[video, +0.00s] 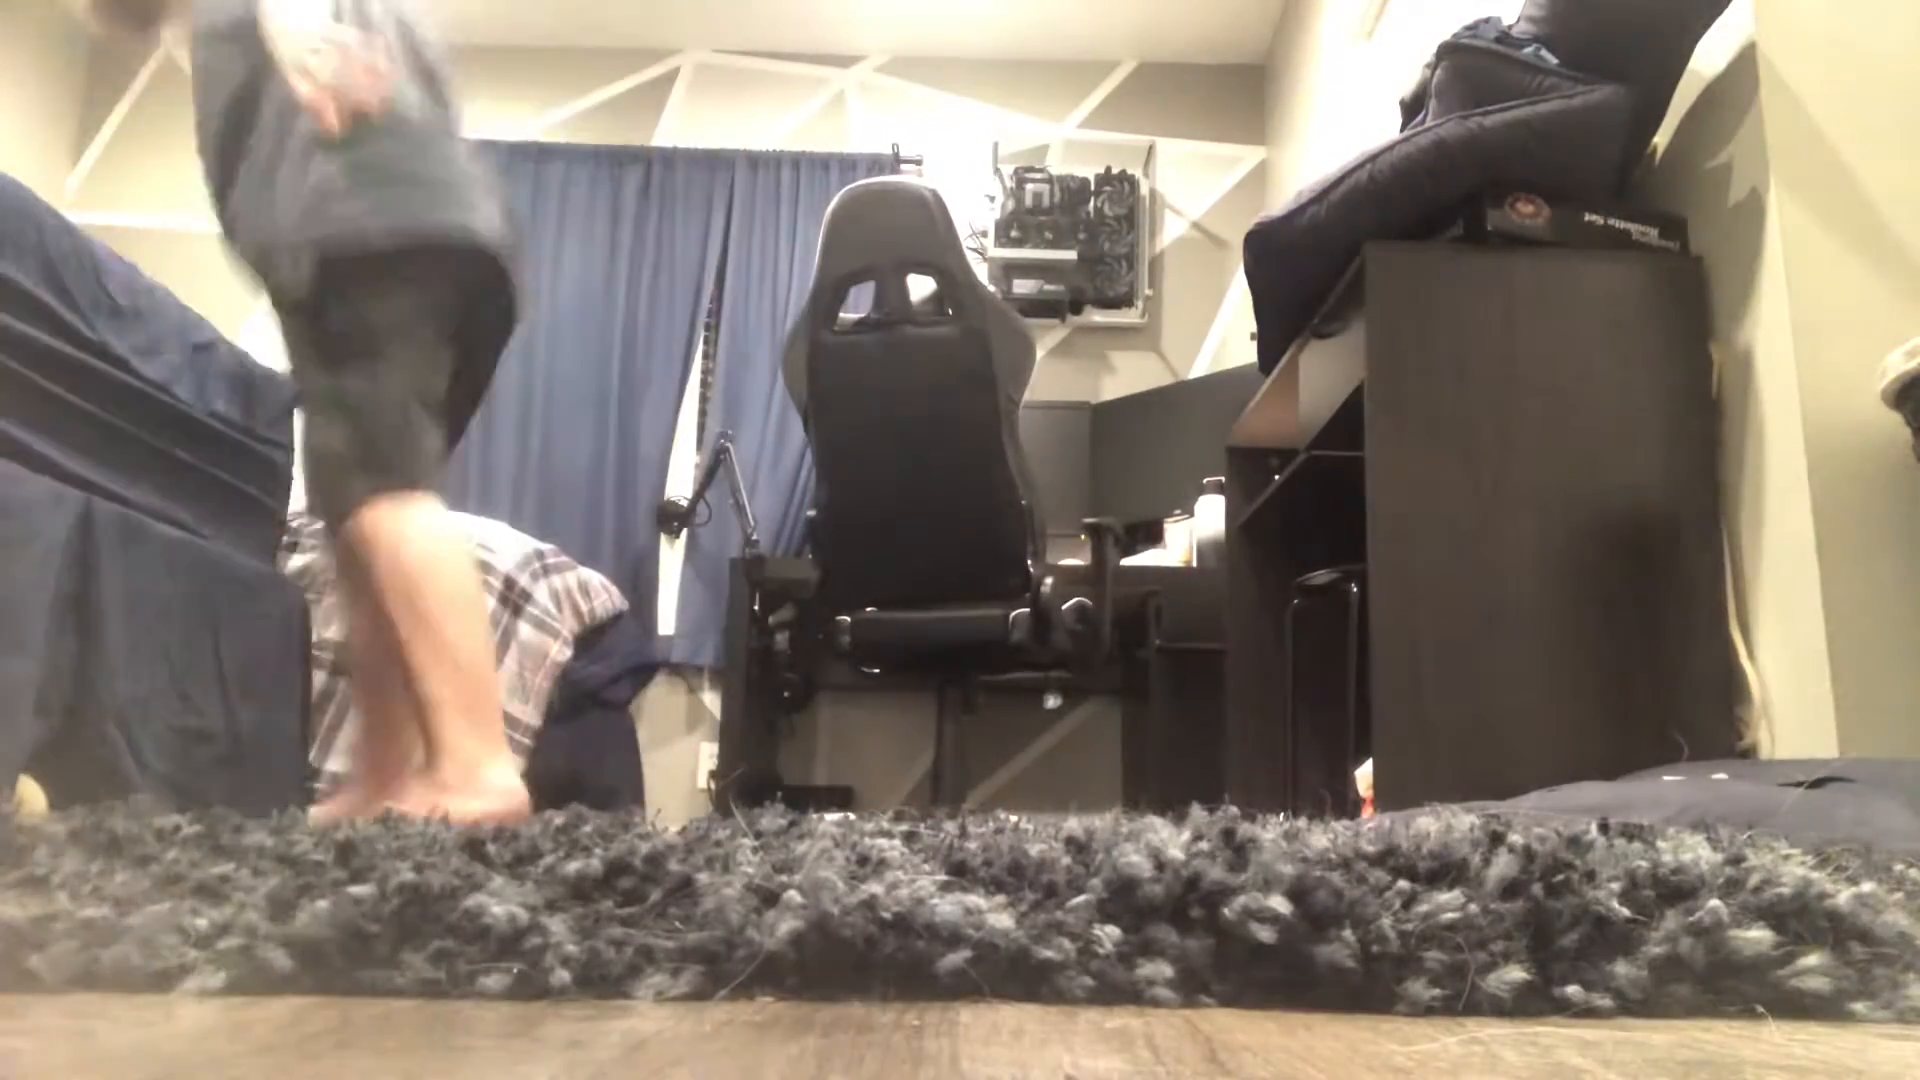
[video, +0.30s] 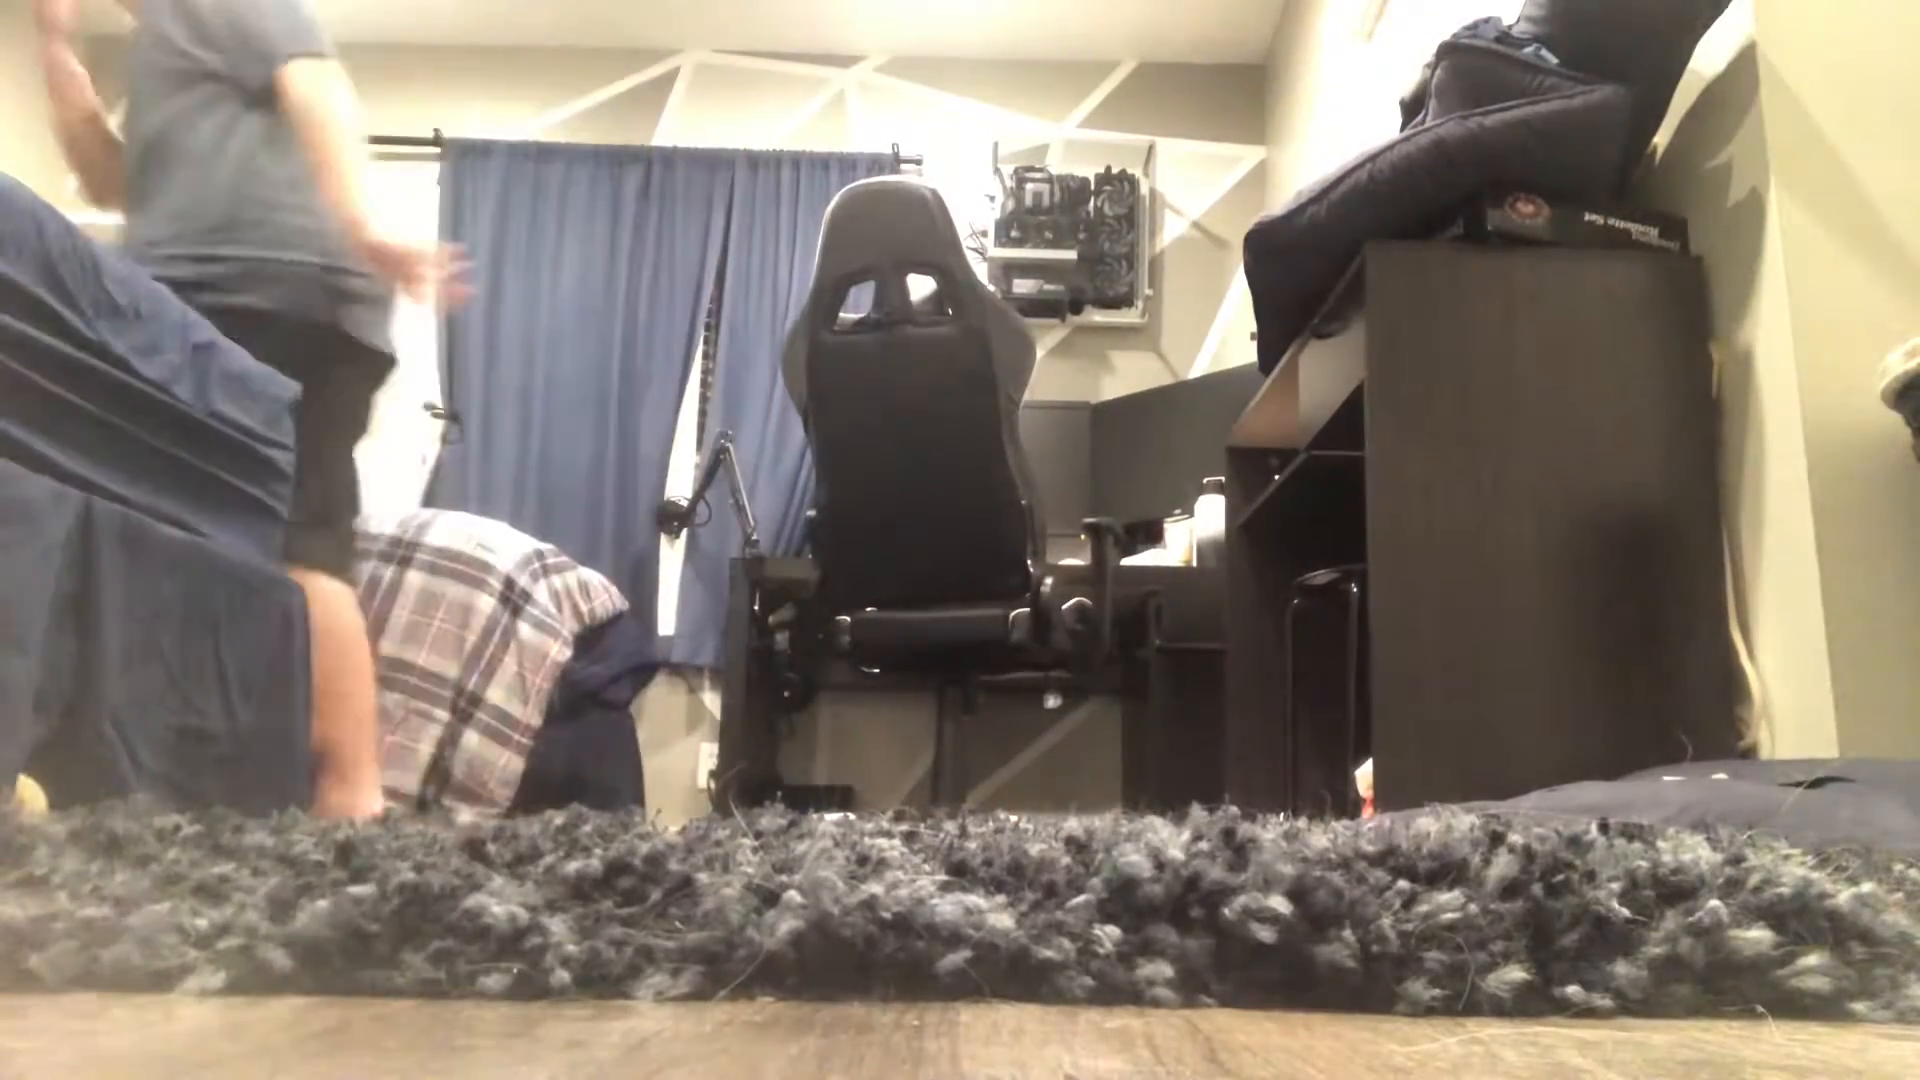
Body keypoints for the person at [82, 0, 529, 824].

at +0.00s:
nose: (108, 22)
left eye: (109, 15)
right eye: (107, 21)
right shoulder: (234, 31)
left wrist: (288, 22)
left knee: (386, 482)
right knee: (352, 492)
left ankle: (477, 771)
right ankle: (388, 776)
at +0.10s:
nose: (168, 79)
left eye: (153, 60)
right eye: (153, 75)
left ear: (155, 10)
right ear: (157, 38)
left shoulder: (241, 14)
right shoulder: (230, 79)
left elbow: (323, 31)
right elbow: (251, 250)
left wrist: (386, 106)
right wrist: (112, 240)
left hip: (365, 301)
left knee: (311, 540)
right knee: (330, 553)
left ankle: (459, 747)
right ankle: (342, 816)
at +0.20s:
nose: (134, 31)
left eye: (126, 16)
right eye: (124, 24)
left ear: (141, 4)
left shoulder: (229, 8)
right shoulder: (200, 99)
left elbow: (348, 64)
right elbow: (185, 228)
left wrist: (423, 177)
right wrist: (91, 134)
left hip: (293, 324)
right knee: (299, 578)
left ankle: (378, 695)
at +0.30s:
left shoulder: (226, 2)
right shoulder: (153, 41)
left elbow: (311, 83)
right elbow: (114, 184)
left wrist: (359, 227)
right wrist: (59, 54)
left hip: (283, 295)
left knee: (307, 553)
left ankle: (352, 803)